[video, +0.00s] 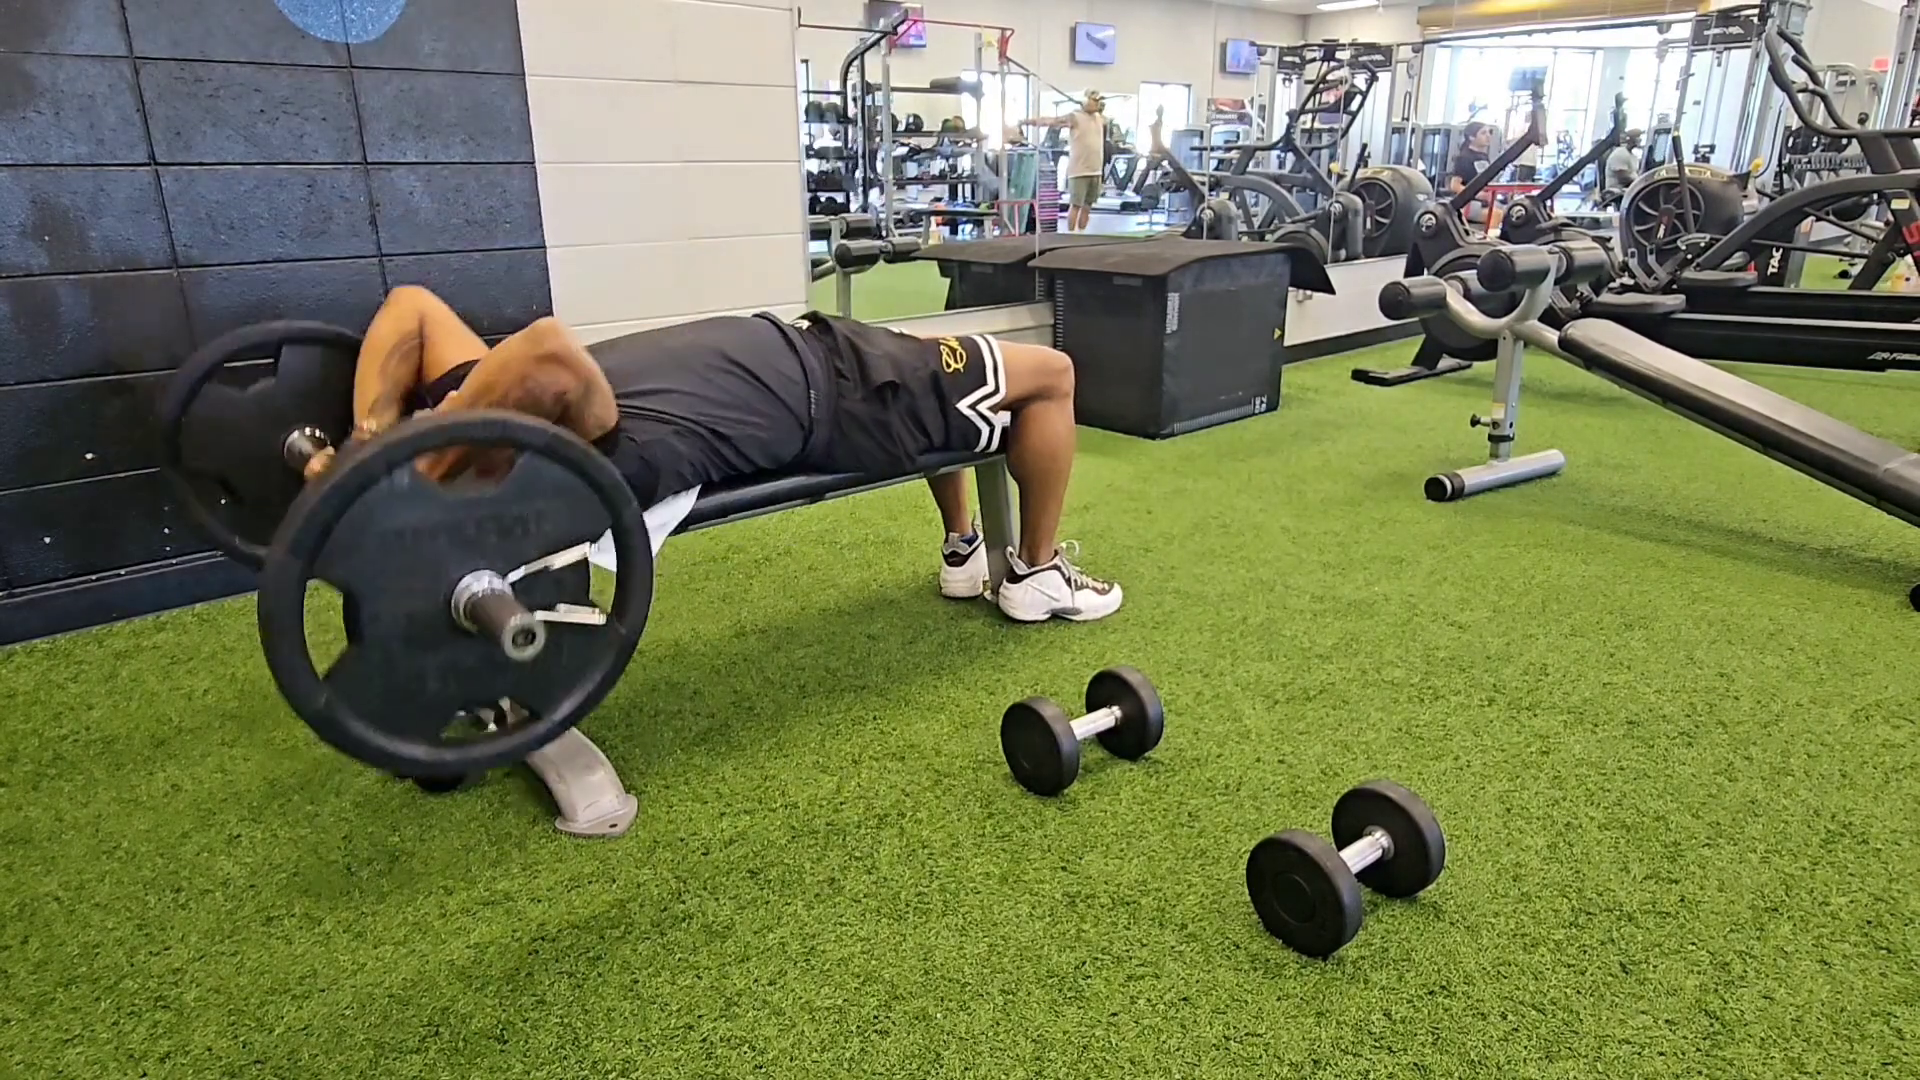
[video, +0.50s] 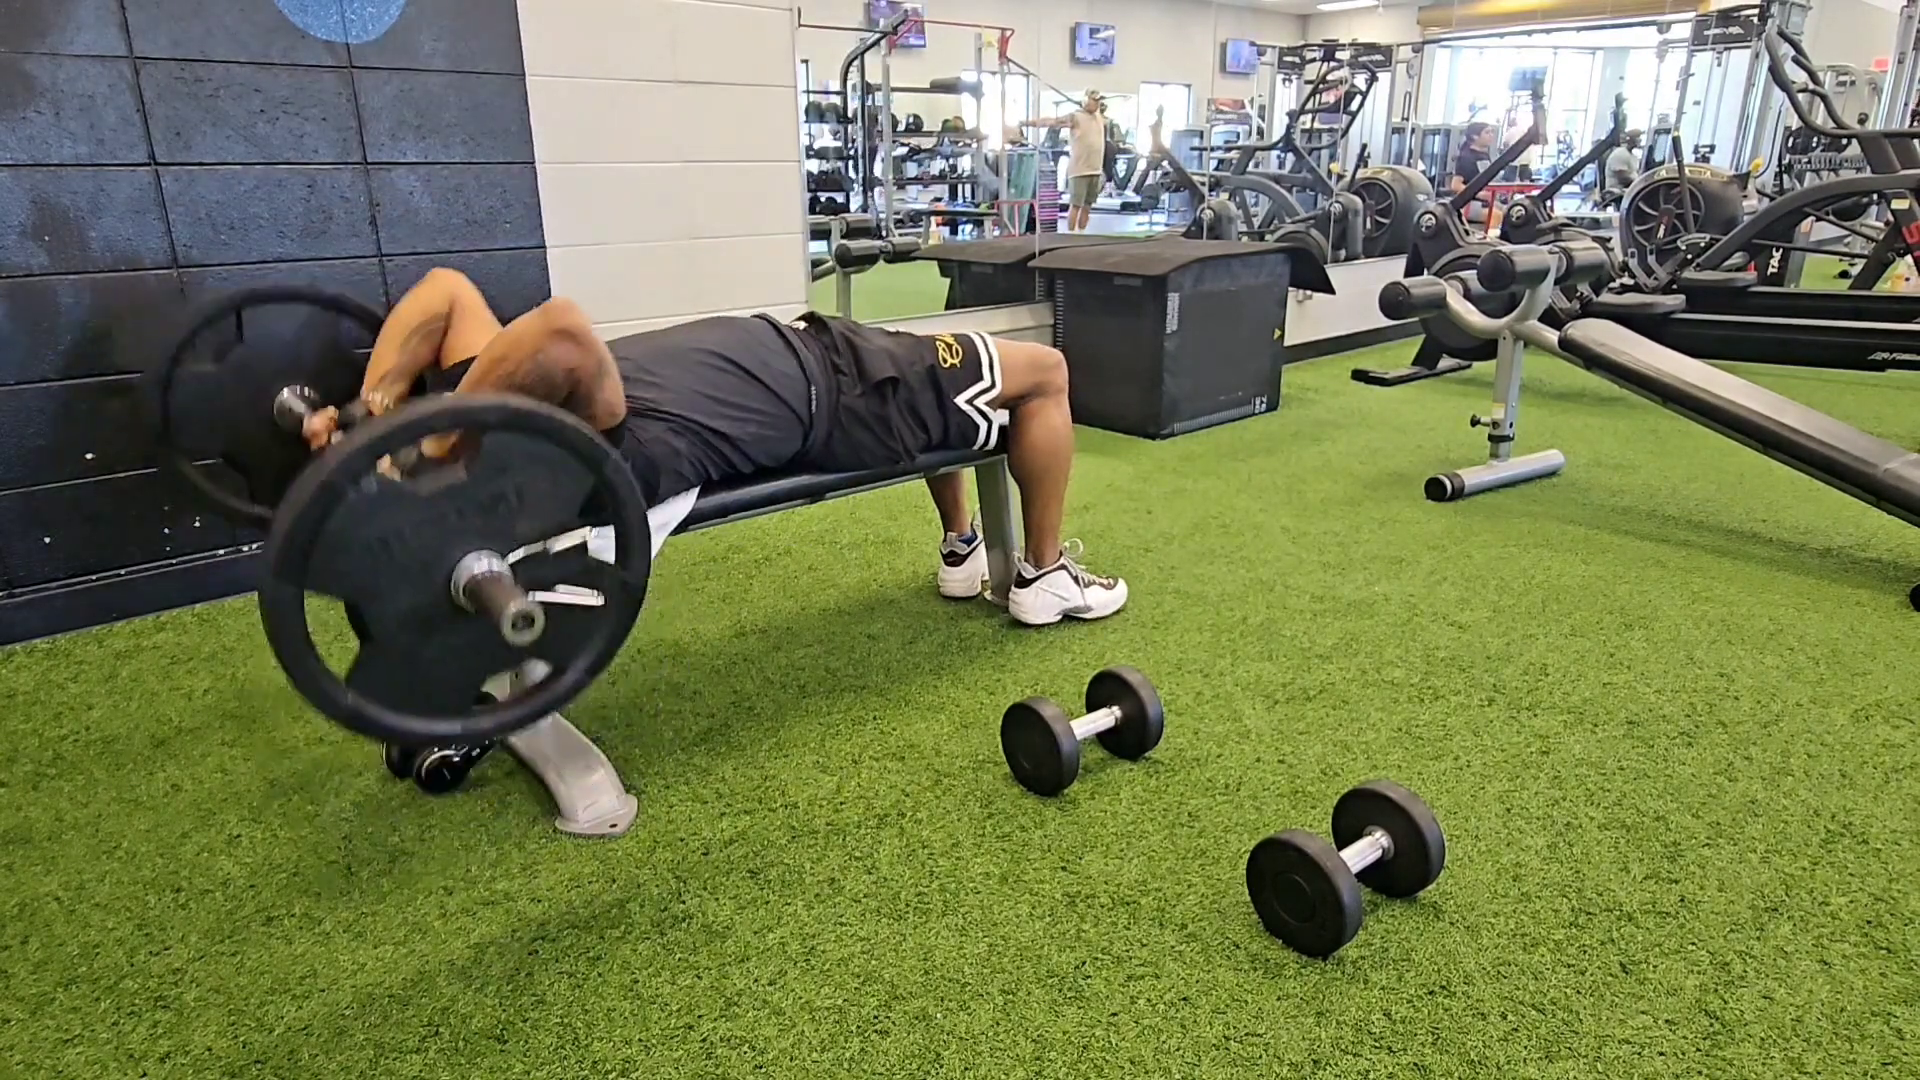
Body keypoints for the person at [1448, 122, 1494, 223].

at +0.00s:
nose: (1488, 136)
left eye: (1488, 132)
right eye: (1483, 133)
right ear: (1471, 137)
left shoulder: (1484, 156)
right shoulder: (1464, 157)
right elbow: (1455, 185)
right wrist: (1480, 195)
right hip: (1469, 203)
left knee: (1508, 212)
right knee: (1496, 215)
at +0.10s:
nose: (1489, 136)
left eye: (1489, 132)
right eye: (1484, 133)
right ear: (1472, 137)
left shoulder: (1485, 156)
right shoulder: (1464, 157)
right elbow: (1455, 185)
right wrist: (1479, 195)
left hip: (1488, 201)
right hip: (1470, 203)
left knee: (1508, 212)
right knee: (1496, 216)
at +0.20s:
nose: (1489, 136)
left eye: (1490, 132)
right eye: (1485, 133)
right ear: (1473, 137)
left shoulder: (1485, 156)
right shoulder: (1465, 157)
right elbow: (1454, 185)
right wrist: (1478, 195)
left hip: (1488, 201)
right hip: (1469, 202)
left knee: (1508, 212)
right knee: (1496, 215)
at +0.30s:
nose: (1490, 136)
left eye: (1490, 132)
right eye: (1485, 133)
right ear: (1473, 137)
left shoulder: (1485, 155)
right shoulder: (1465, 156)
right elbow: (1454, 185)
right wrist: (1479, 195)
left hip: (1488, 201)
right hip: (1469, 203)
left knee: (1509, 212)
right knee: (1496, 215)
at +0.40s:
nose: (1490, 136)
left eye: (1490, 132)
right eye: (1486, 133)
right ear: (1474, 136)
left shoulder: (1485, 155)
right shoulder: (1465, 156)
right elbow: (1455, 185)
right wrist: (1479, 194)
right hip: (1469, 203)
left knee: (1508, 212)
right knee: (1496, 215)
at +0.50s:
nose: (1491, 135)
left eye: (1491, 132)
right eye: (1487, 132)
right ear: (1474, 136)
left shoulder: (1486, 155)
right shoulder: (1466, 156)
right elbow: (1456, 185)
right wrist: (1480, 194)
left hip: (1488, 201)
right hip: (1469, 203)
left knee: (1508, 211)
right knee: (1496, 215)